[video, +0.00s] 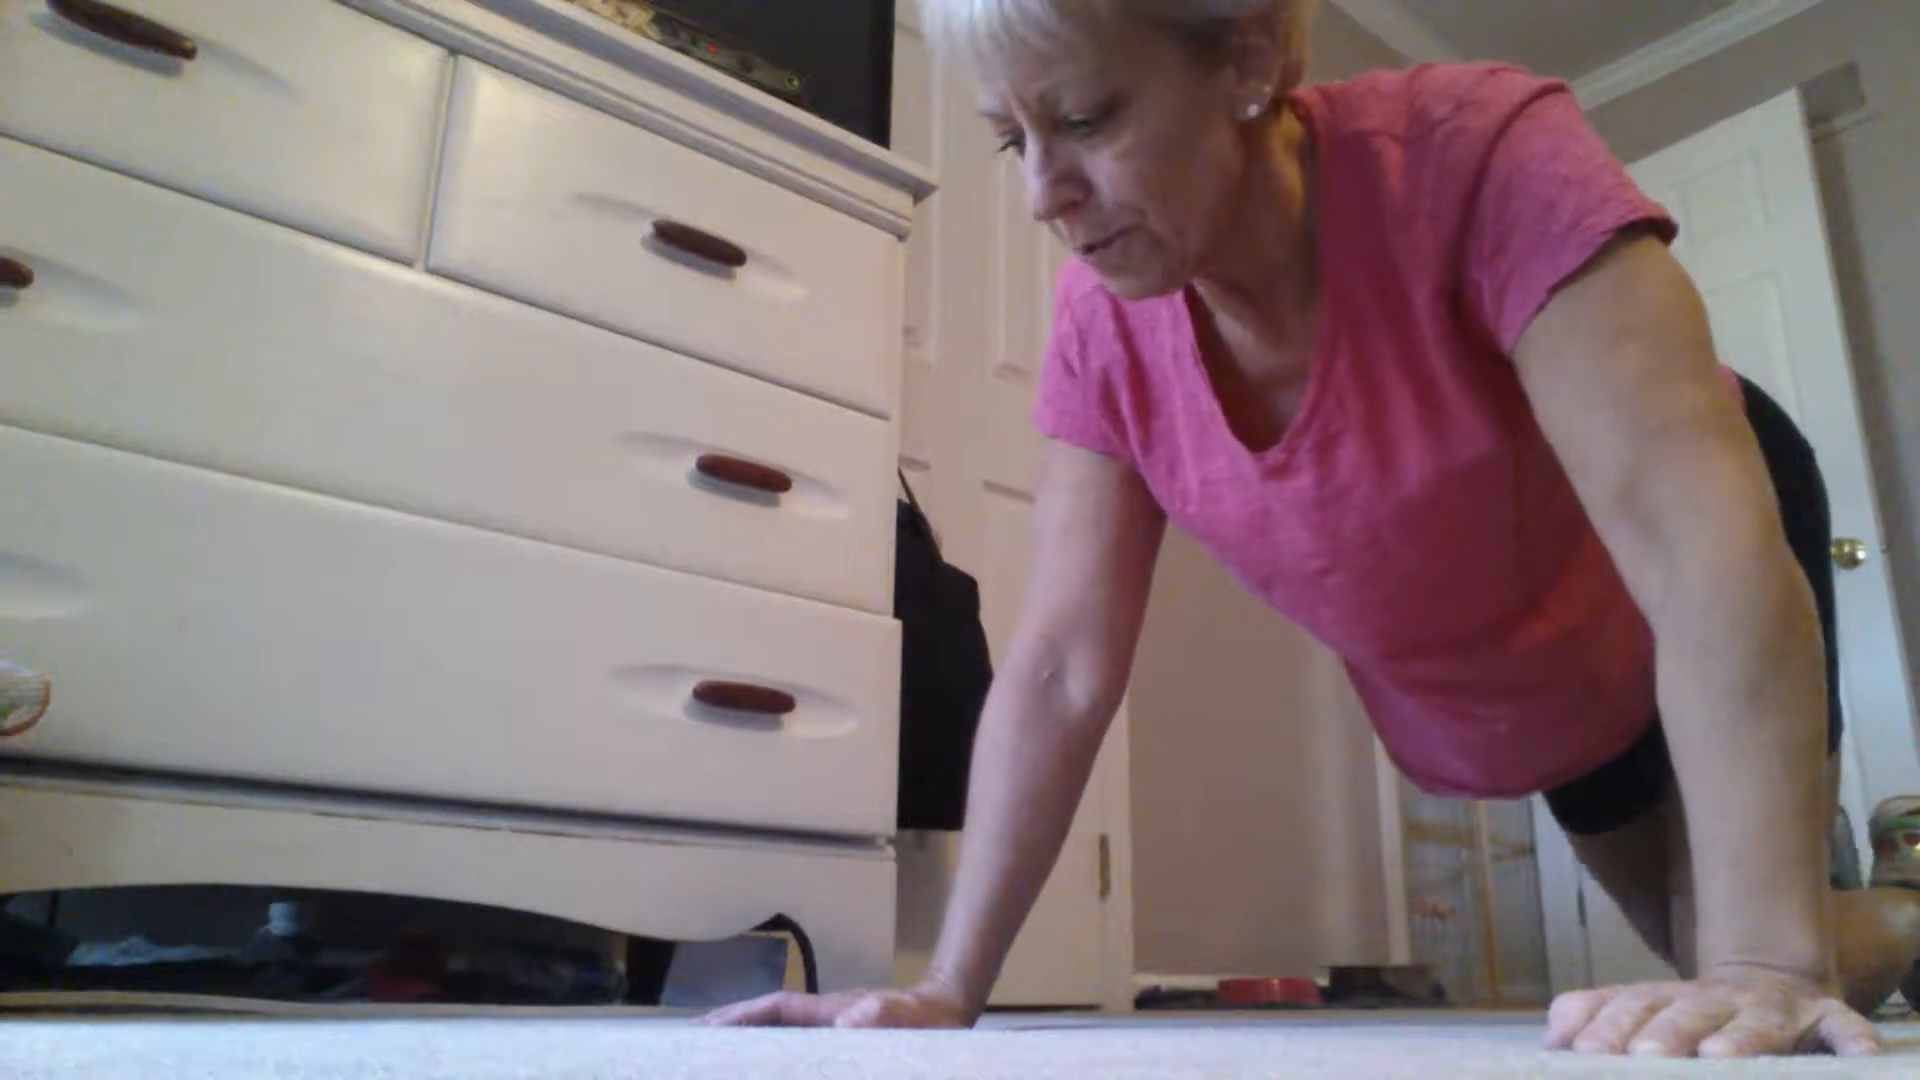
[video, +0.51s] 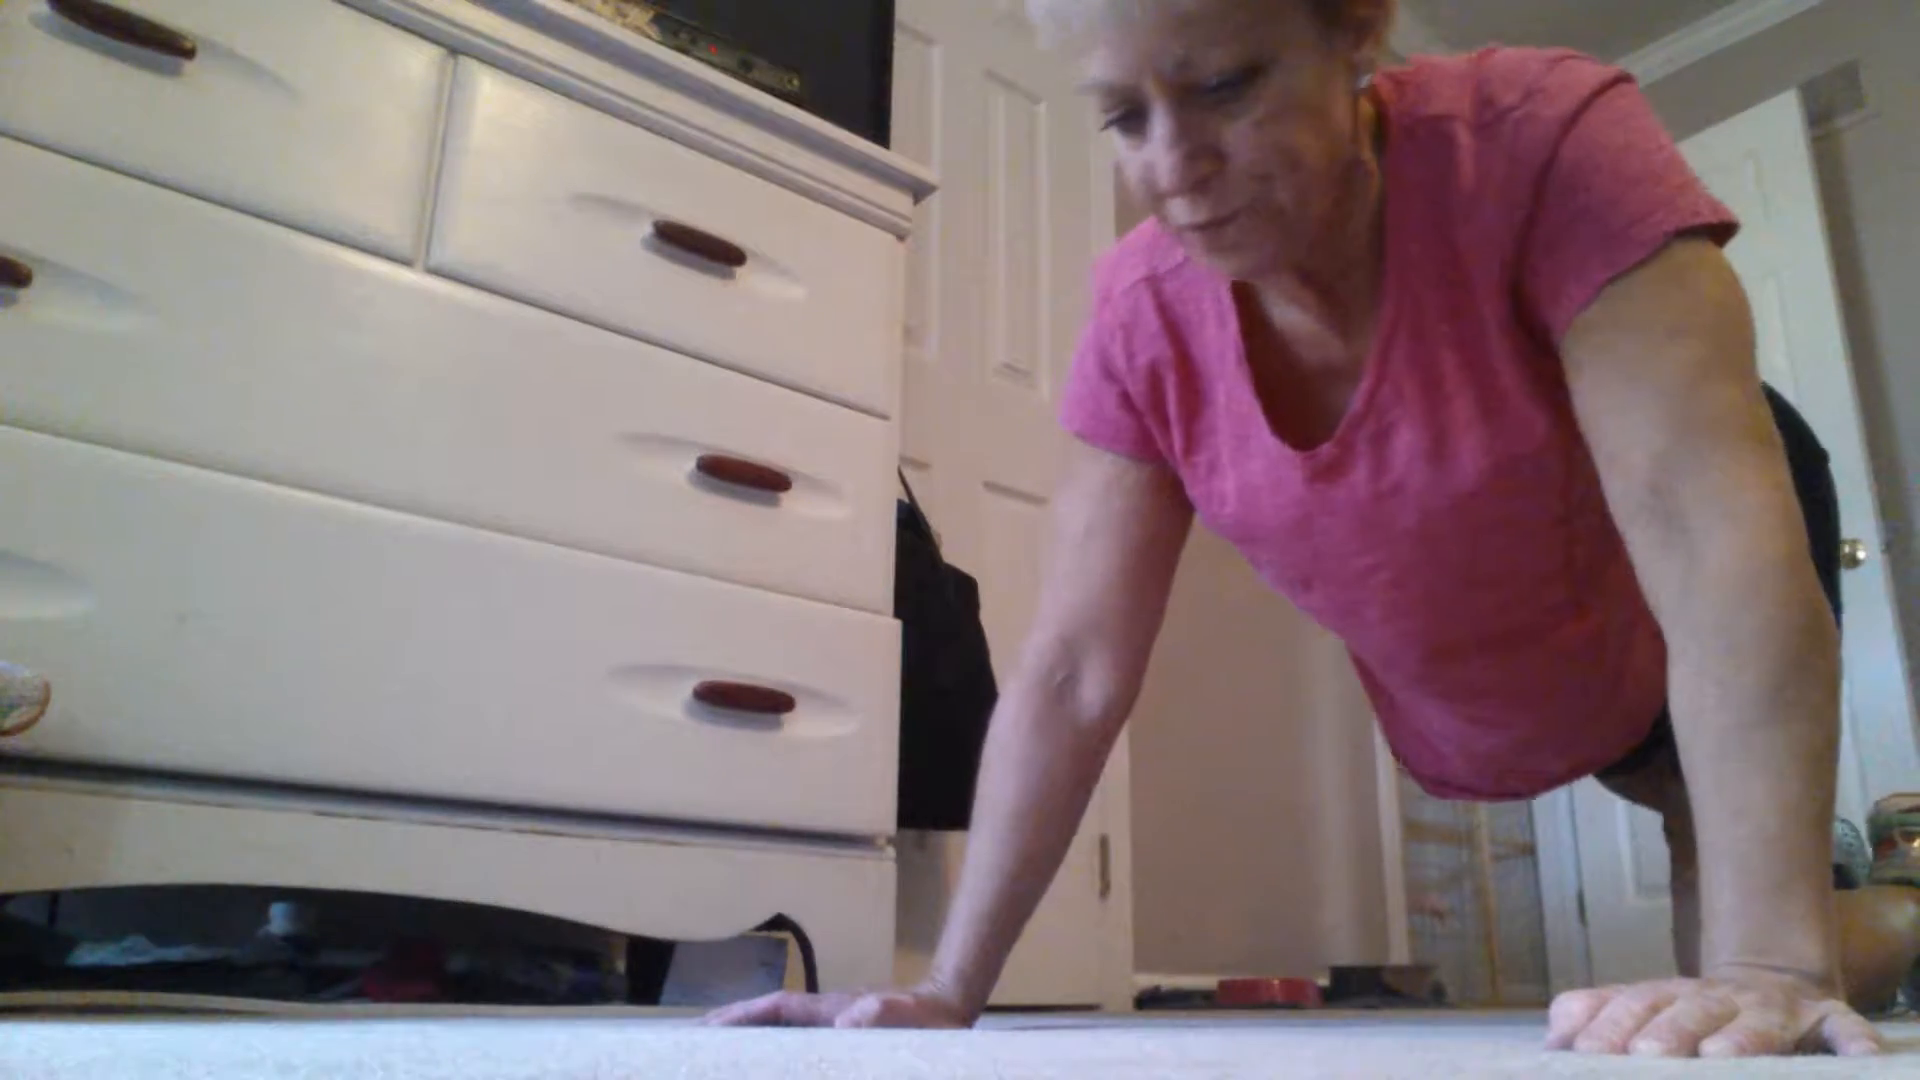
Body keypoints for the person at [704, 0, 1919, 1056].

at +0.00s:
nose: (1047, 194)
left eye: (1085, 125)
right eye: (1014, 141)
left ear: (1249, 63)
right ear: (995, 133)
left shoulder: (1484, 154)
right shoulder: (1105, 313)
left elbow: (1699, 516)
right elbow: (1057, 671)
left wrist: (1764, 970)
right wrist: (949, 983)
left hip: (1697, 566)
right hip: (1534, 692)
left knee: (1791, 947)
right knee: (1730, 970)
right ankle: (1895, 931)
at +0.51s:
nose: (1178, 167)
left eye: (1228, 88)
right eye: (1126, 115)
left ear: (1362, 56)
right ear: (1096, 116)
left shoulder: (1545, 138)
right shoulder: (1146, 318)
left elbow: (1716, 520)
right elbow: (1069, 681)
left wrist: (1761, 976)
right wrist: (948, 988)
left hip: (1705, 597)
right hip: (1557, 698)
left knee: (1778, 942)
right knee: (1699, 804)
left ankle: (1905, 929)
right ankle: (1866, 907)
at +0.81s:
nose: (1320, 124)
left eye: (1371, 47)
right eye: (1252, 75)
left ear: (1454, 33)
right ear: (1190, 87)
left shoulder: (1602, 127)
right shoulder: (1186, 307)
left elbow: (1731, 514)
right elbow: (1088, 680)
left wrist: (1769, 968)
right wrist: (953, 980)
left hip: (1747, 570)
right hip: (1557, 674)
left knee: (1774, 926)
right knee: (1761, 913)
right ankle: (1875, 921)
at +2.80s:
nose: (1219, 187)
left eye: (1268, 120)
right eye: (1173, 135)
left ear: (1397, 68)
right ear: (1133, 115)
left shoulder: (1567, 169)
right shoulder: (1171, 331)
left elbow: (1714, 531)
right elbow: (1080, 690)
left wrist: (1771, 971)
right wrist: (951, 983)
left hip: (1719, 592)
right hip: (1529, 687)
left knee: (1779, 939)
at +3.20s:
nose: (1195, 302)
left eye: (1232, 248)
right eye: (1152, 261)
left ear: (1343, 162)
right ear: (1111, 228)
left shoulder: (1501, 195)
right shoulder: (1142, 349)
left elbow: (1731, 518)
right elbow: (1080, 678)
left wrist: (1820, 976)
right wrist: (966, 991)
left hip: (1754, 621)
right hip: (1641, 703)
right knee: (1729, 1016)